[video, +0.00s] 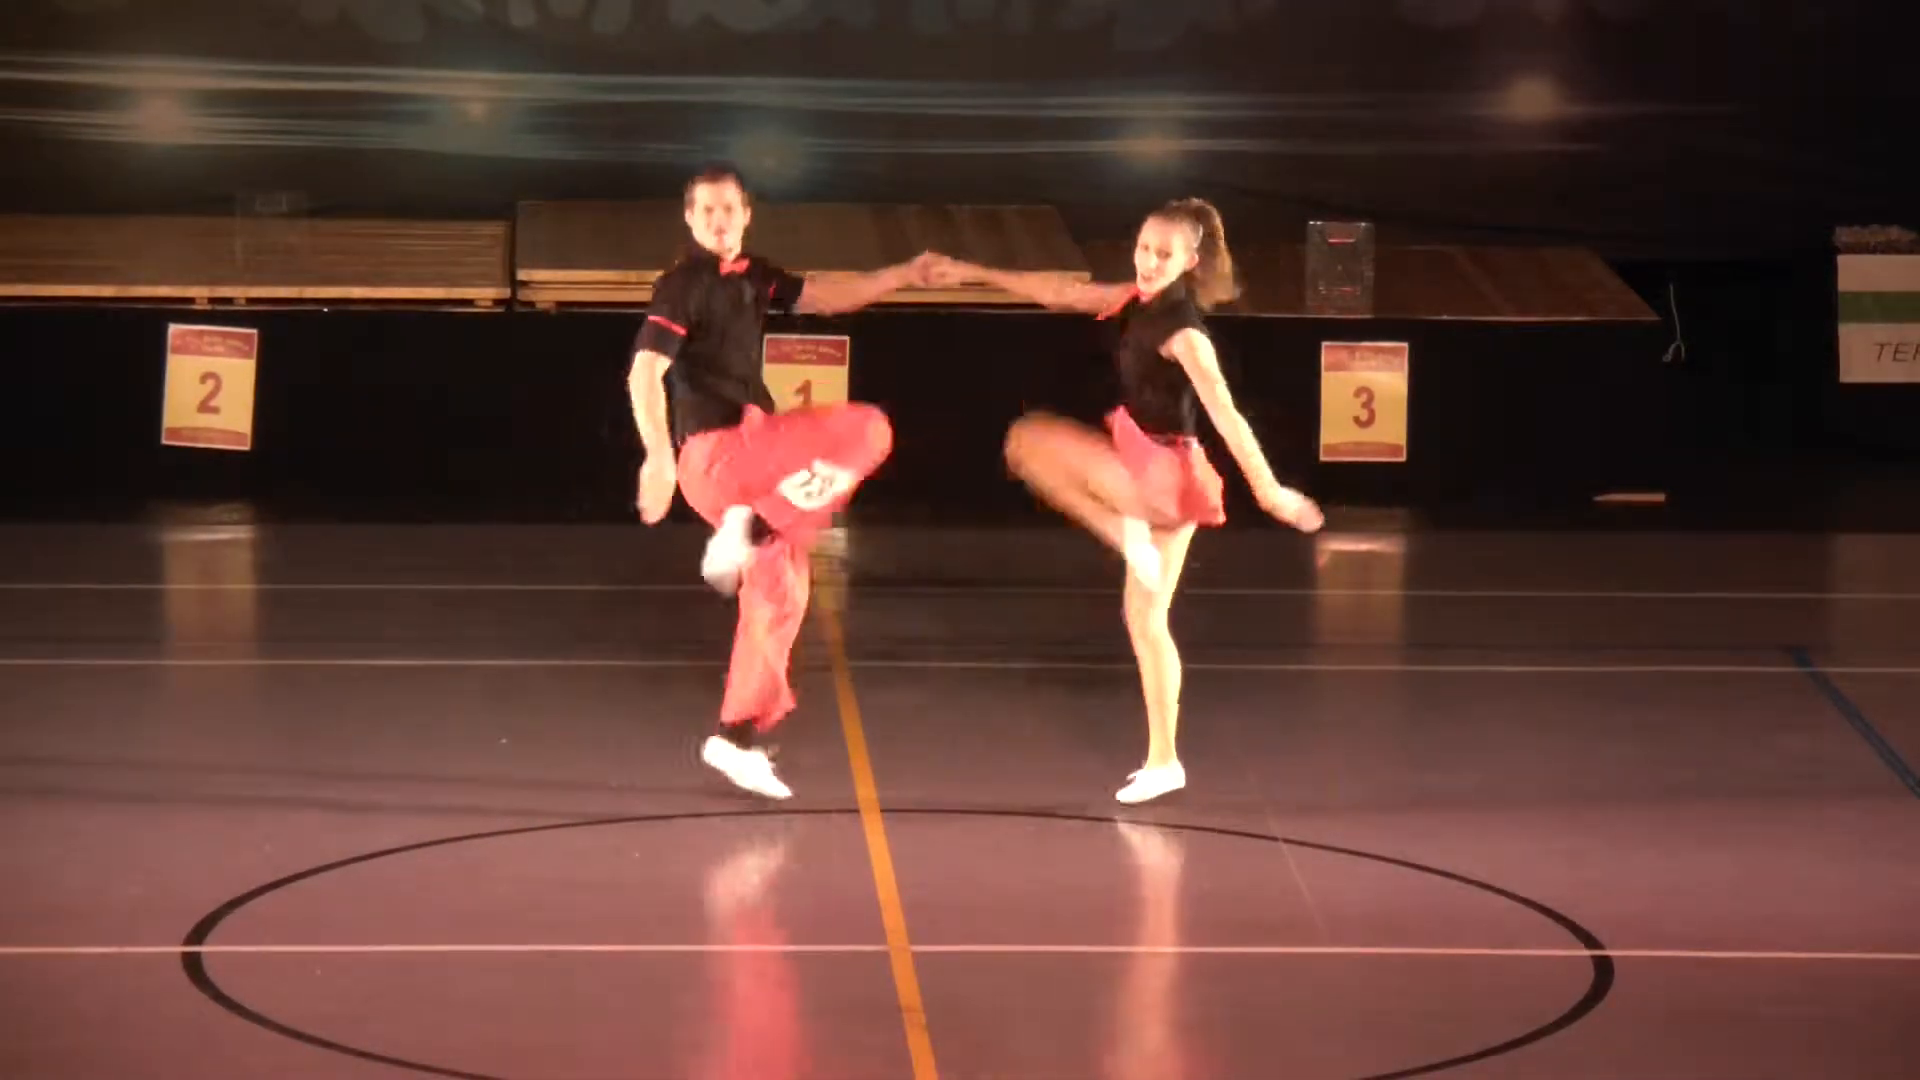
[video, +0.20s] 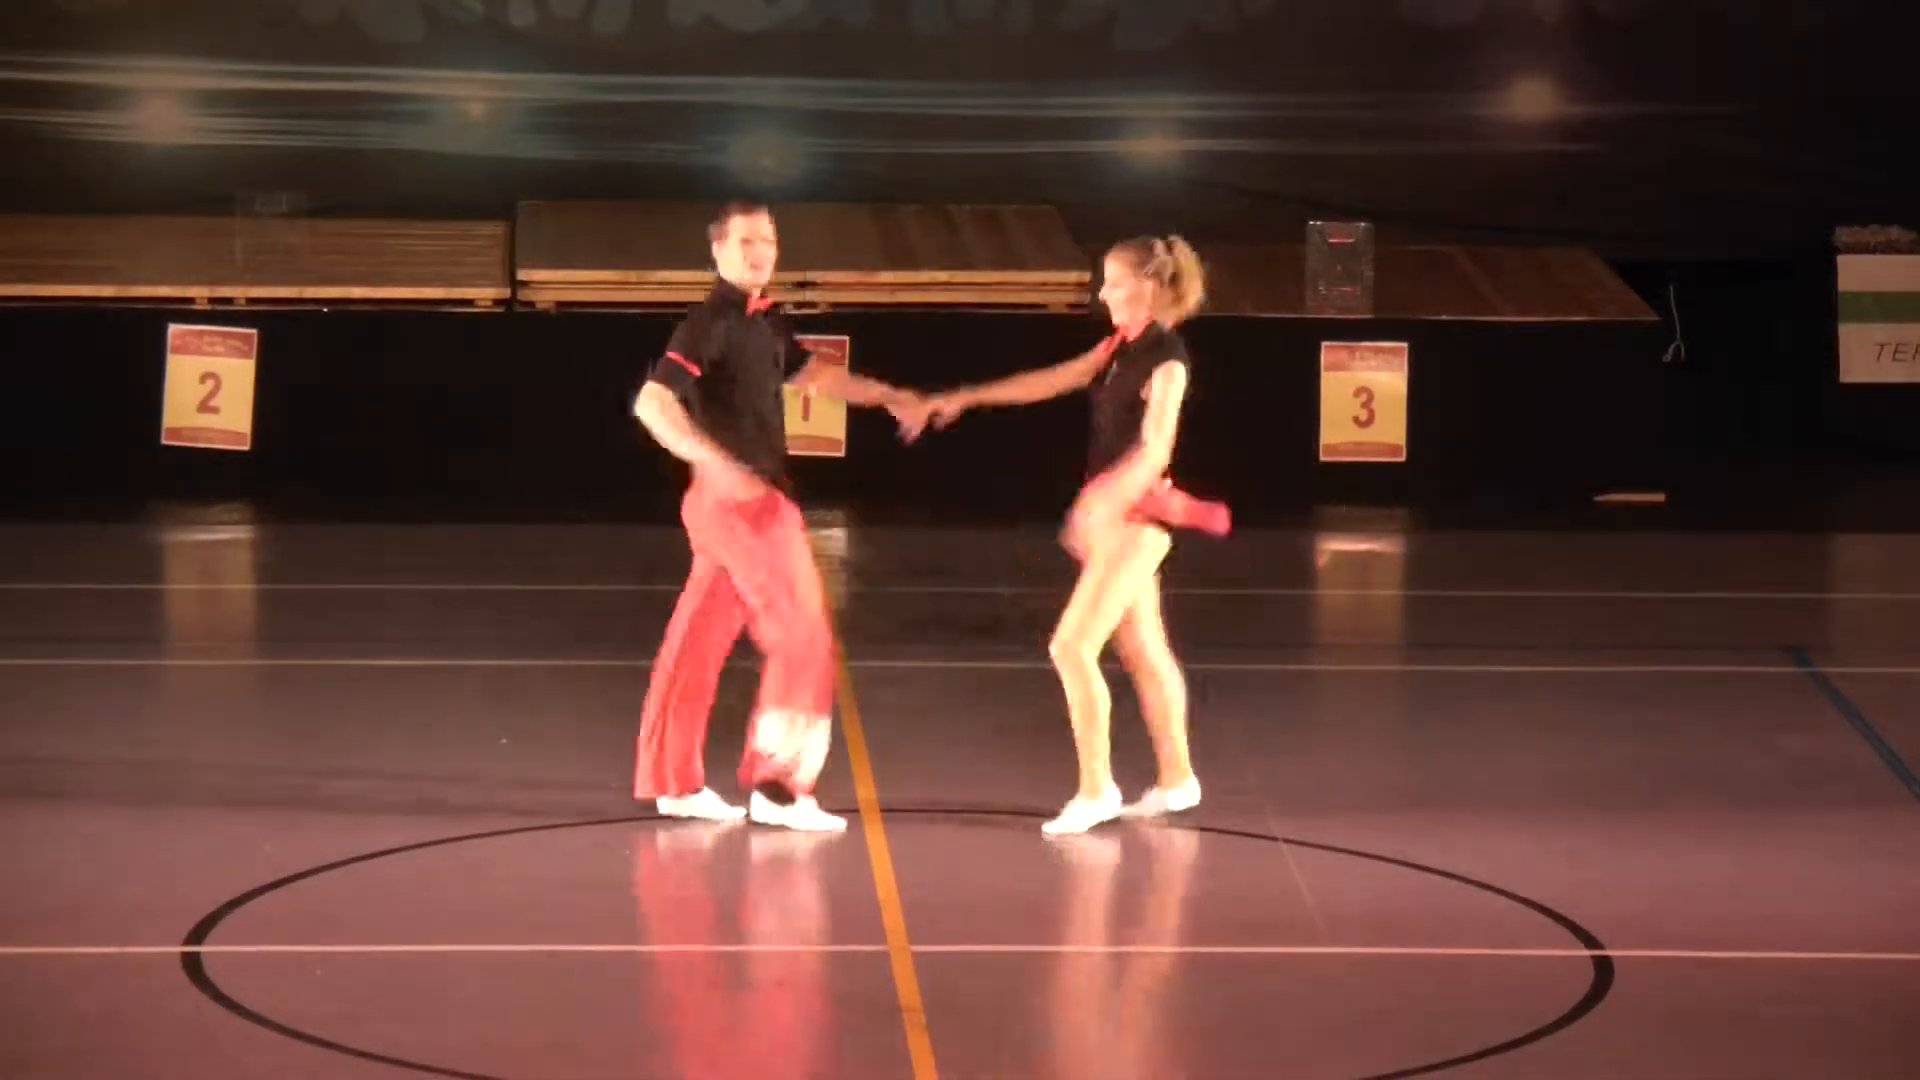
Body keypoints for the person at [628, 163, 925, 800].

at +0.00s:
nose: (718, 221)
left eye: (728, 209)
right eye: (705, 210)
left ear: (747, 213)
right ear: (688, 217)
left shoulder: (756, 278)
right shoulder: (685, 280)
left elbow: (828, 295)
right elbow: (644, 371)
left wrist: (905, 275)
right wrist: (659, 457)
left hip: (746, 453)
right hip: (710, 452)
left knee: (781, 583)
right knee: (864, 429)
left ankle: (738, 736)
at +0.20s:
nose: (761, 253)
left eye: (768, 242)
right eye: (747, 242)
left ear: (777, 249)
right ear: (718, 250)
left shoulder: (767, 327)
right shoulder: (709, 322)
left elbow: (817, 375)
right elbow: (653, 403)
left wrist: (893, 397)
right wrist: (717, 467)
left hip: (745, 500)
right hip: (737, 500)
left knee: (699, 638)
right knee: (803, 631)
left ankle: (675, 785)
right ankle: (778, 791)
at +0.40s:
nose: (822, 273)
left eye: (826, 259)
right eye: (817, 259)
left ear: (775, 250)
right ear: (782, 251)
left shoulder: (750, 284)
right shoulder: (756, 298)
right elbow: (802, 385)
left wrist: (825, 208)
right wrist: (880, 375)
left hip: (750, 475)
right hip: (730, 483)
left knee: (852, 522)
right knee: (750, 625)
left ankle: (911, 627)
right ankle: (751, 784)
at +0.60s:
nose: (845, 277)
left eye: (850, 266)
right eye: (846, 263)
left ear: (804, 241)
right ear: (822, 246)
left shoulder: (757, 268)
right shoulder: (780, 275)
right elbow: (803, 344)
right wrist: (873, 339)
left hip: (710, 454)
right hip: (738, 462)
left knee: (812, 557)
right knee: (854, 551)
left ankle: (762, 674)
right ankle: (779, 684)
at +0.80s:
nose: (845, 299)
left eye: (850, 287)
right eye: (844, 285)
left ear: (803, 269)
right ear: (812, 270)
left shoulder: (749, 304)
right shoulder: (776, 313)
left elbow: (768, 410)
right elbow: (801, 414)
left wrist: (822, 430)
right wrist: (889, 389)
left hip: (716, 487)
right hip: (752, 493)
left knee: (746, 639)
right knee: (824, 637)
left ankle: (749, 780)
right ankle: (784, 767)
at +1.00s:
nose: (797, 238)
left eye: (796, 225)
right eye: (789, 226)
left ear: (747, 235)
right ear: (750, 234)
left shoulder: (718, 284)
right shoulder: (745, 298)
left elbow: (774, 353)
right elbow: (820, 377)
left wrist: (810, 333)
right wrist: (854, 384)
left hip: (713, 469)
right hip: (721, 476)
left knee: (790, 561)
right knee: (731, 608)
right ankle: (689, 770)